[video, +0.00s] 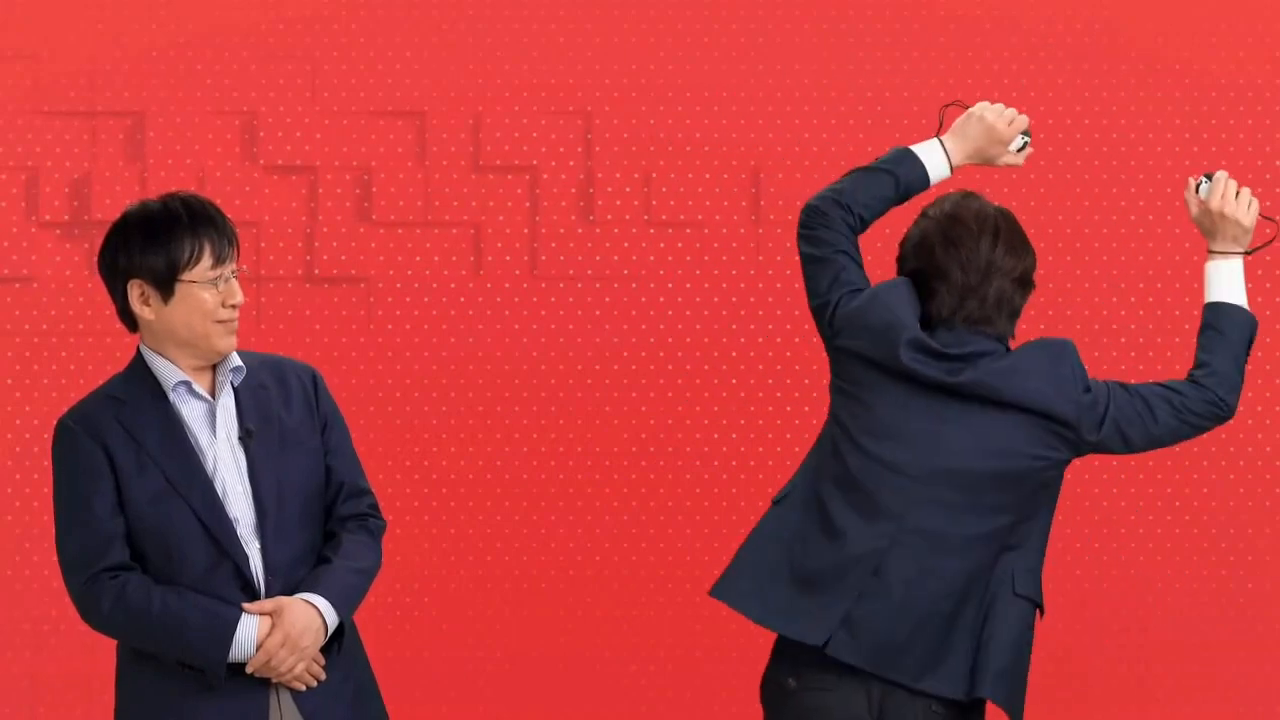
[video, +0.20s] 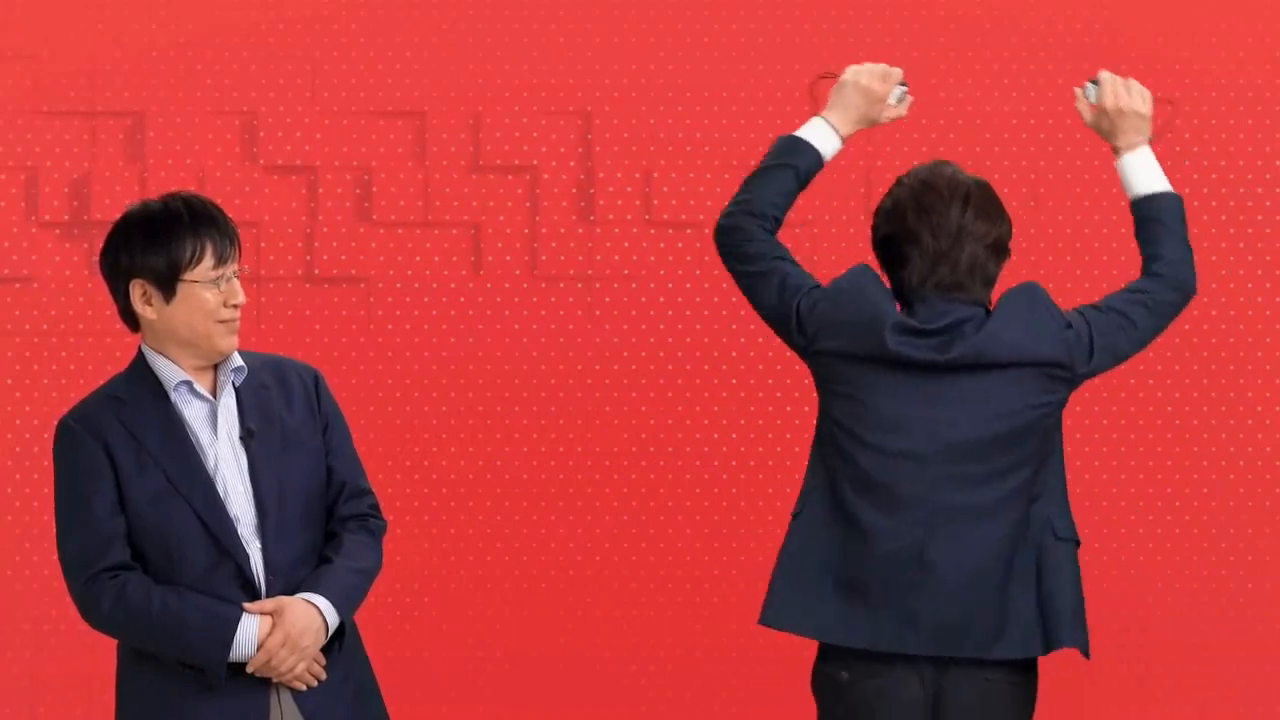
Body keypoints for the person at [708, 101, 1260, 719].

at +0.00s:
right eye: (1023, 284)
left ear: (911, 276)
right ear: (1019, 296)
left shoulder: (864, 341)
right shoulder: (1055, 401)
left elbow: (827, 217)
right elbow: (1212, 395)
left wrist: (949, 148)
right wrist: (1228, 255)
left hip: (813, 671)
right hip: (938, 693)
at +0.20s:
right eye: (996, 250)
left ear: (888, 260)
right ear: (994, 262)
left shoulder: (841, 333)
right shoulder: (1046, 349)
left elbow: (742, 232)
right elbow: (1171, 280)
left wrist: (832, 124)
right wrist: (1135, 148)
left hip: (864, 663)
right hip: (995, 668)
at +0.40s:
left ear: (877, 269)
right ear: (988, 253)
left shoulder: (834, 369)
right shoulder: (1034, 326)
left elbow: (676, 329)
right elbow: (1077, 192)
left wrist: (694, 188)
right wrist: (968, 104)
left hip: (906, 683)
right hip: (1036, 670)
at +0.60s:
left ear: (883, 264)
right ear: (992, 247)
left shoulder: (841, 357)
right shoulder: (1043, 326)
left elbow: (682, 320)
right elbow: (1092, 198)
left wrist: (691, 183)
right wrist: (980, 114)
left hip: (899, 679)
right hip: (1029, 668)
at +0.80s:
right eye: (1006, 246)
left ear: (891, 249)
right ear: (1004, 258)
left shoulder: (845, 322)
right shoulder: (1051, 354)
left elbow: (755, 213)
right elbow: (1194, 301)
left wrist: (838, 106)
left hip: (860, 663)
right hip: (989, 672)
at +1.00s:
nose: (1010, 280)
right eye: (1007, 268)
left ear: (889, 264)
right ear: (998, 279)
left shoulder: (845, 336)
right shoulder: (1040, 384)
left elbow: (794, 218)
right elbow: (1202, 393)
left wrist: (904, 132)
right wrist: (1240, 257)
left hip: (848, 678)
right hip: (973, 694)